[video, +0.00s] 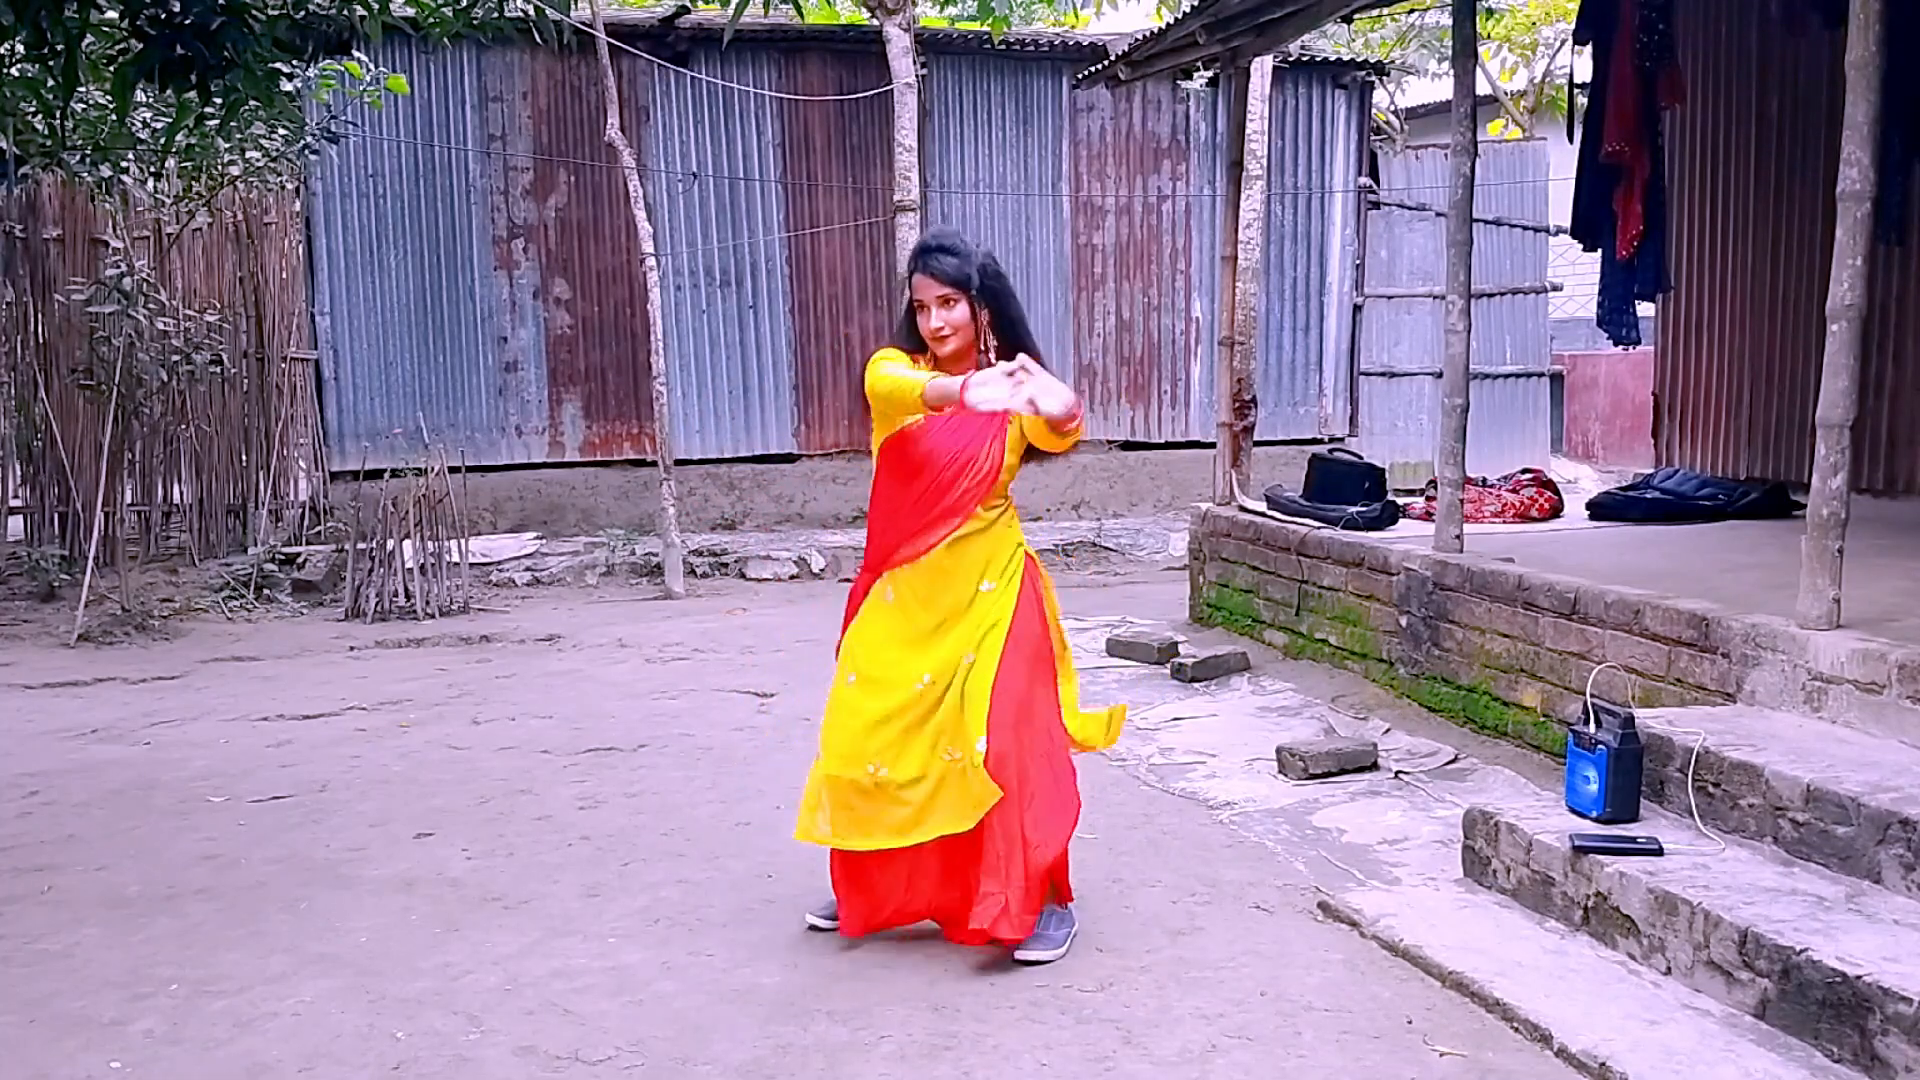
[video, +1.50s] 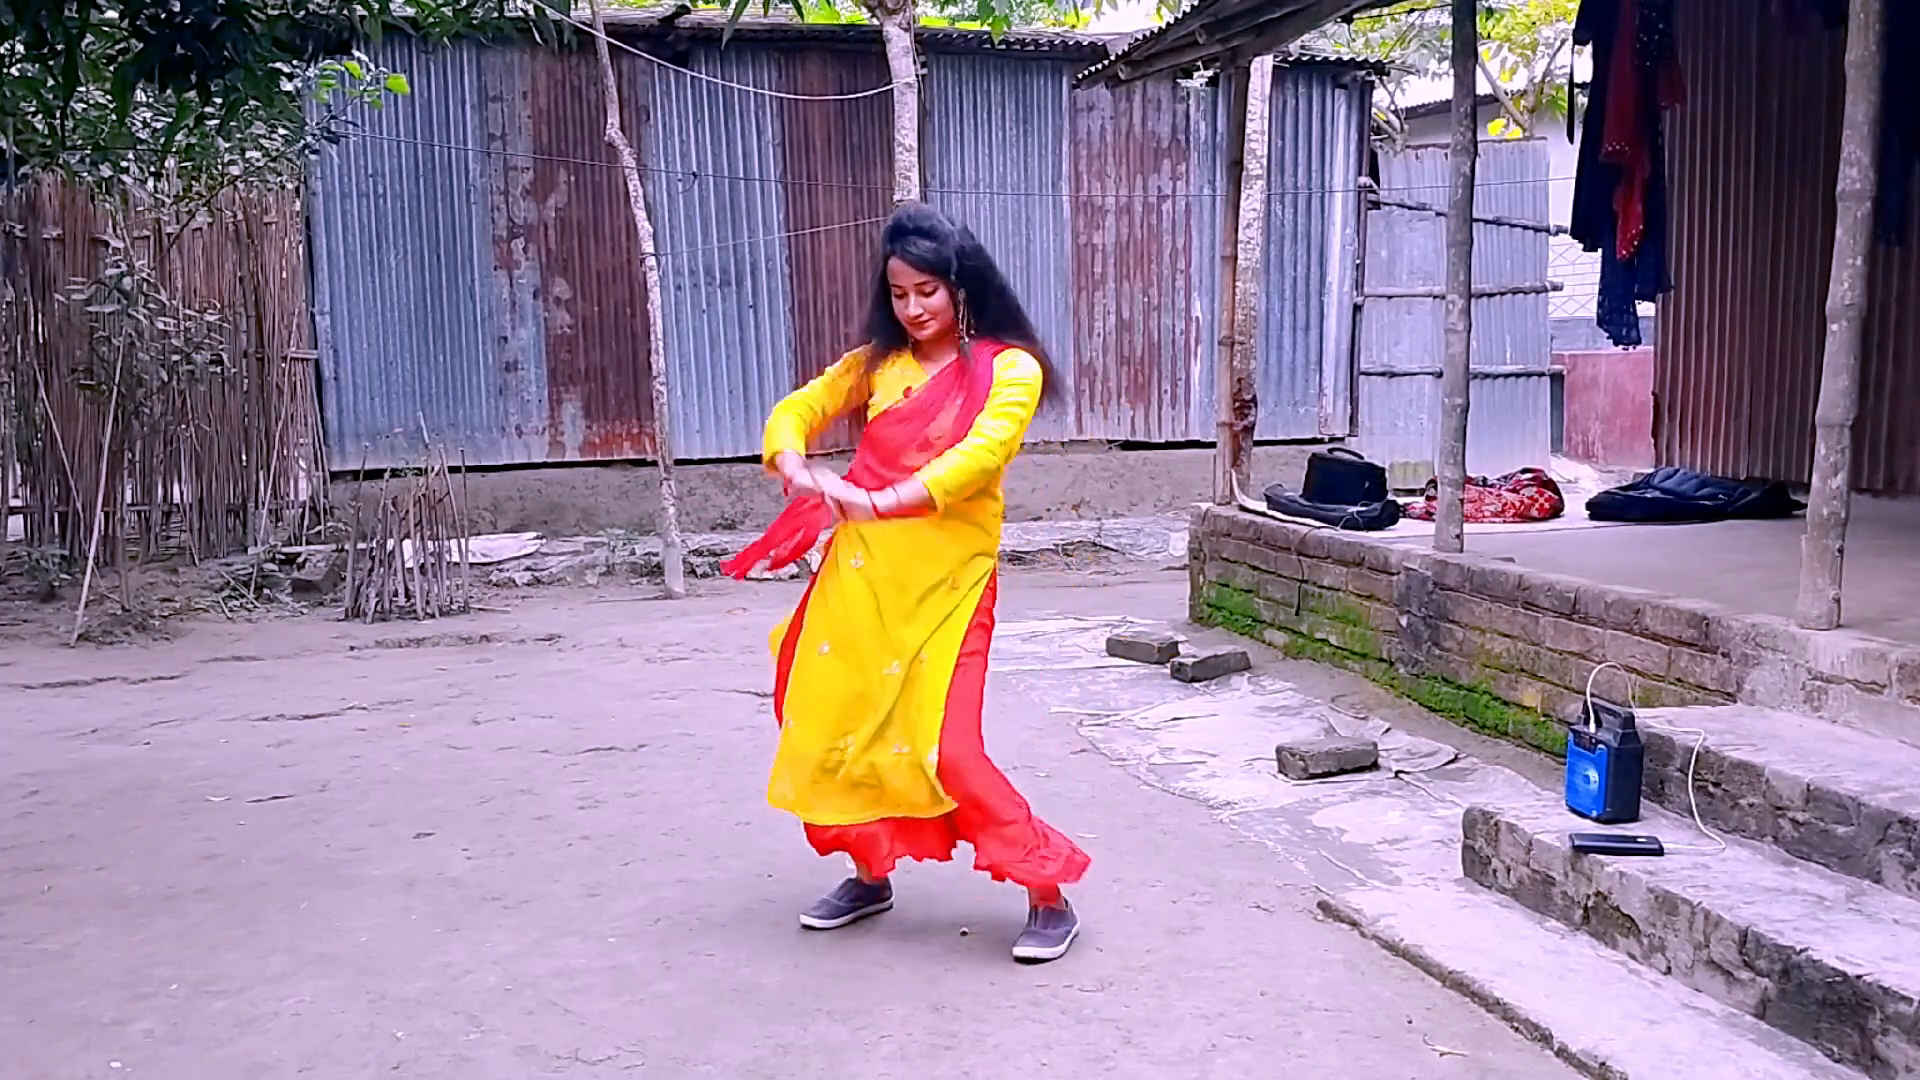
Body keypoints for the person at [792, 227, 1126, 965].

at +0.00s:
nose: (935, 322)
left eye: (948, 303)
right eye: (923, 308)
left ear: (983, 305)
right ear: (914, 313)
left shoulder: (1014, 383)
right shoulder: (893, 370)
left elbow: (1060, 422)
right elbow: (899, 382)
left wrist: (1040, 386)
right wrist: (967, 388)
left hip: (994, 574)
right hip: (905, 580)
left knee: (1015, 733)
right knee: (864, 727)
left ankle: (1050, 900)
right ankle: (861, 887)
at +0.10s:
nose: (928, 306)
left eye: (941, 288)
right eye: (916, 292)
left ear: (980, 285)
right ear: (906, 293)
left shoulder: (1034, 364)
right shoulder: (899, 351)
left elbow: (1011, 428)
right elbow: (843, 410)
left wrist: (965, 477)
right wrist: (867, 454)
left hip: (958, 582)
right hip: (871, 573)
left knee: (979, 732)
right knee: (857, 722)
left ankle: (1046, 894)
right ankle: (873, 877)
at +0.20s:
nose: (925, 300)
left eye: (937, 283)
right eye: (913, 286)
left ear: (977, 279)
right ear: (906, 287)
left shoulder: (1030, 365)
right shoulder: (893, 357)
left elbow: (995, 451)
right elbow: (802, 411)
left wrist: (887, 473)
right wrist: (782, 468)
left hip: (958, 578)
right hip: (866, 571)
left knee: (967, 736)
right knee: (846, 718)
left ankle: (1044, 901)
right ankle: (868, 874)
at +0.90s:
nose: (941, 285)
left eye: (957, 269)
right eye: (929, 270)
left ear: (992, 271)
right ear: (918, 277)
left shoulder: (1026, 342)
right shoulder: (916, 372)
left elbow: (966, 418)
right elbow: (865, 440)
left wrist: (872, 484)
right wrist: (832, 486)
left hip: (1001, 566)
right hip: (914, 563)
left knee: (977, 735)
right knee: (858, 716)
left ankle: (1049, 900)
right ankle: (875, 871)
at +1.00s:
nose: (945, 281)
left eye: (961, 266)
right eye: (932, 264)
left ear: (990, 269)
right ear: (916, 267)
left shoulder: (1022, 339)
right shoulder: (886, 355)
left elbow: (1049, 405)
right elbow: (857, 419)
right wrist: (904, 472)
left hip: (1015, 541)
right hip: (927, 547)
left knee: (1024, 707)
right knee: (888, 702)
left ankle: (1055, 897)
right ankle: (875, 872)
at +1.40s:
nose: (925, 307)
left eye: (938, 288)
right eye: (909, 292)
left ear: (970, 283)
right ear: (894, 293)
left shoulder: (1016, 370)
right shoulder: (874, 361)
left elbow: (1004, 457)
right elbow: (826, 442)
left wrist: (963, 538)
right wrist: (854, 531)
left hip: (953, 574)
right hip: (863, 570)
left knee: (979, 736)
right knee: (842, 725)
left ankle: (1051, 900)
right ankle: (865, 874)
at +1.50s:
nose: (912, 307)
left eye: (925, 290)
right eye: (898, 293)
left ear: (962, 284)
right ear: (886, 294)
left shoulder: (1009, 367)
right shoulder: (877, 363)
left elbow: (981, 456)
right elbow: (794, 412)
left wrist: (878, 502)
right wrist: (794, 465)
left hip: (951, 582)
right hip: (864, 575)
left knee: (948, 750)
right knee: (836, 721)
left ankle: (1048, 896)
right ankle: (867, 875)